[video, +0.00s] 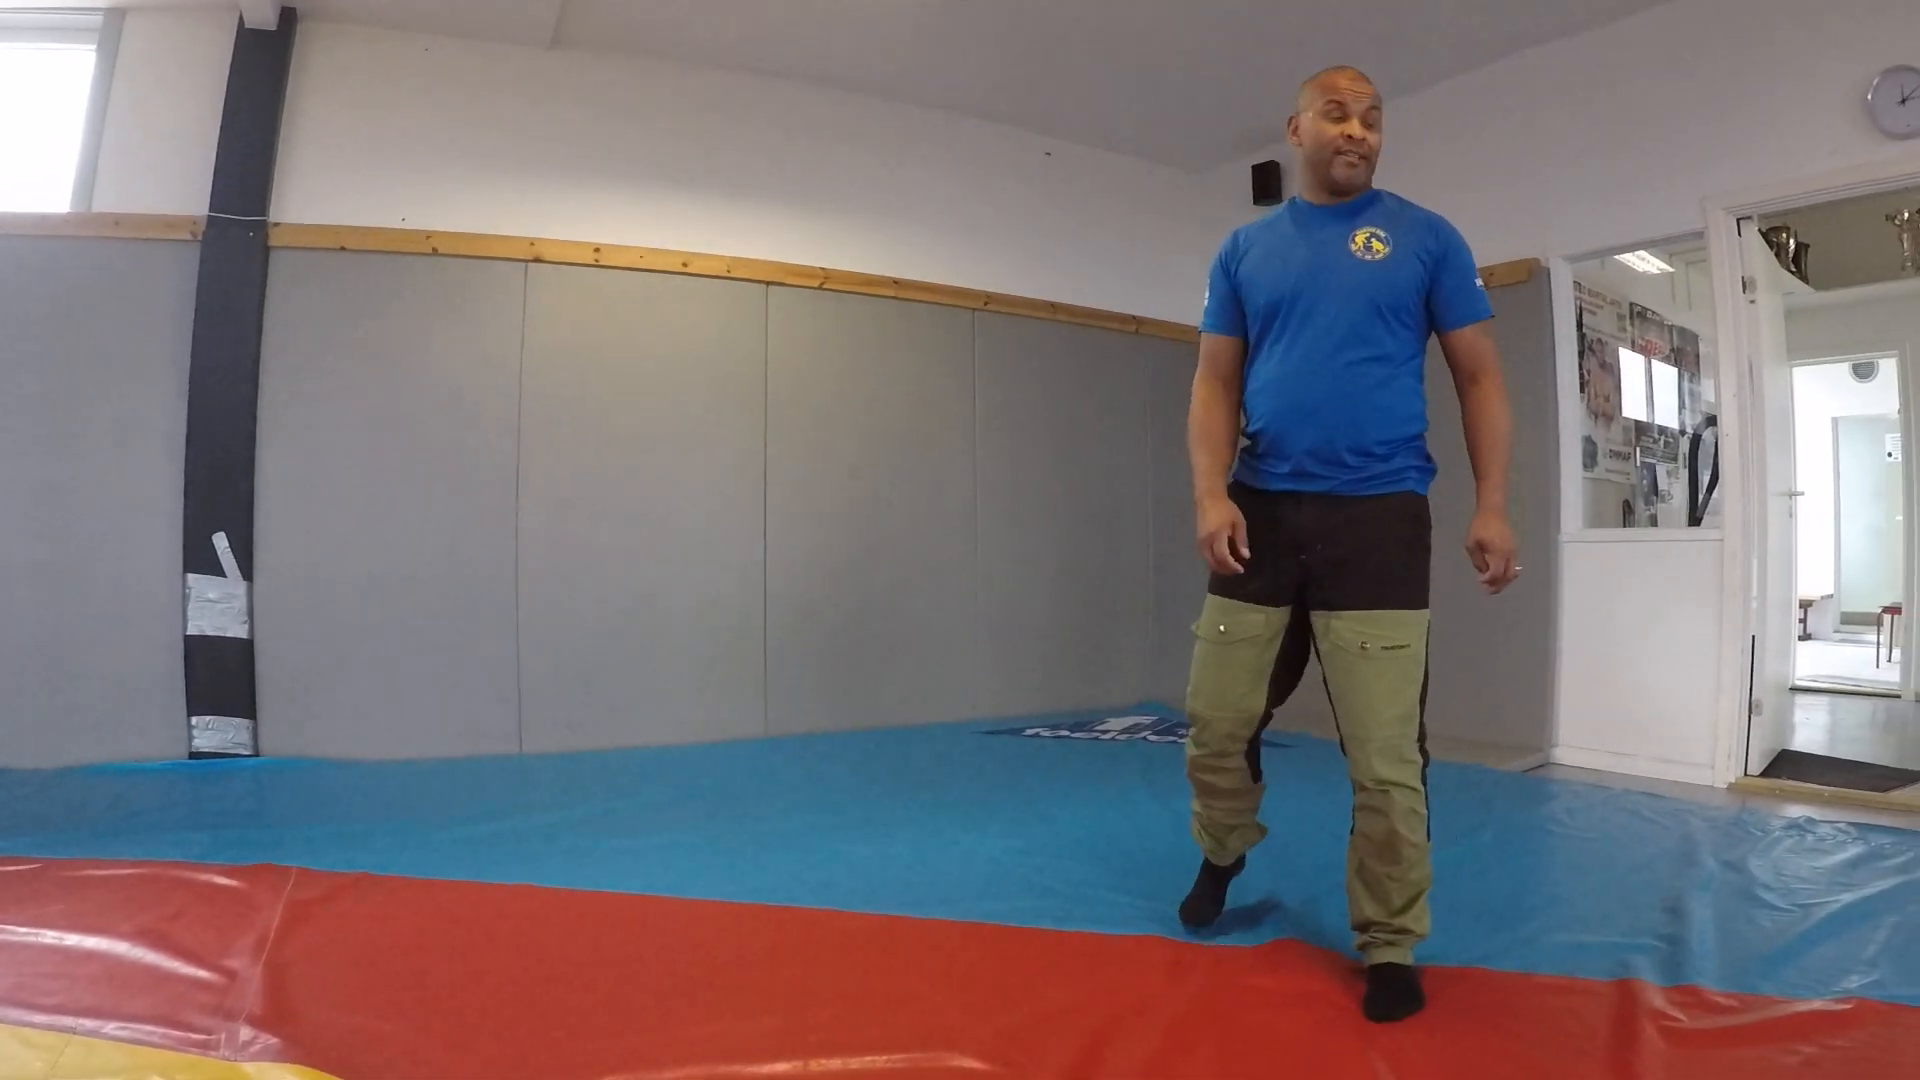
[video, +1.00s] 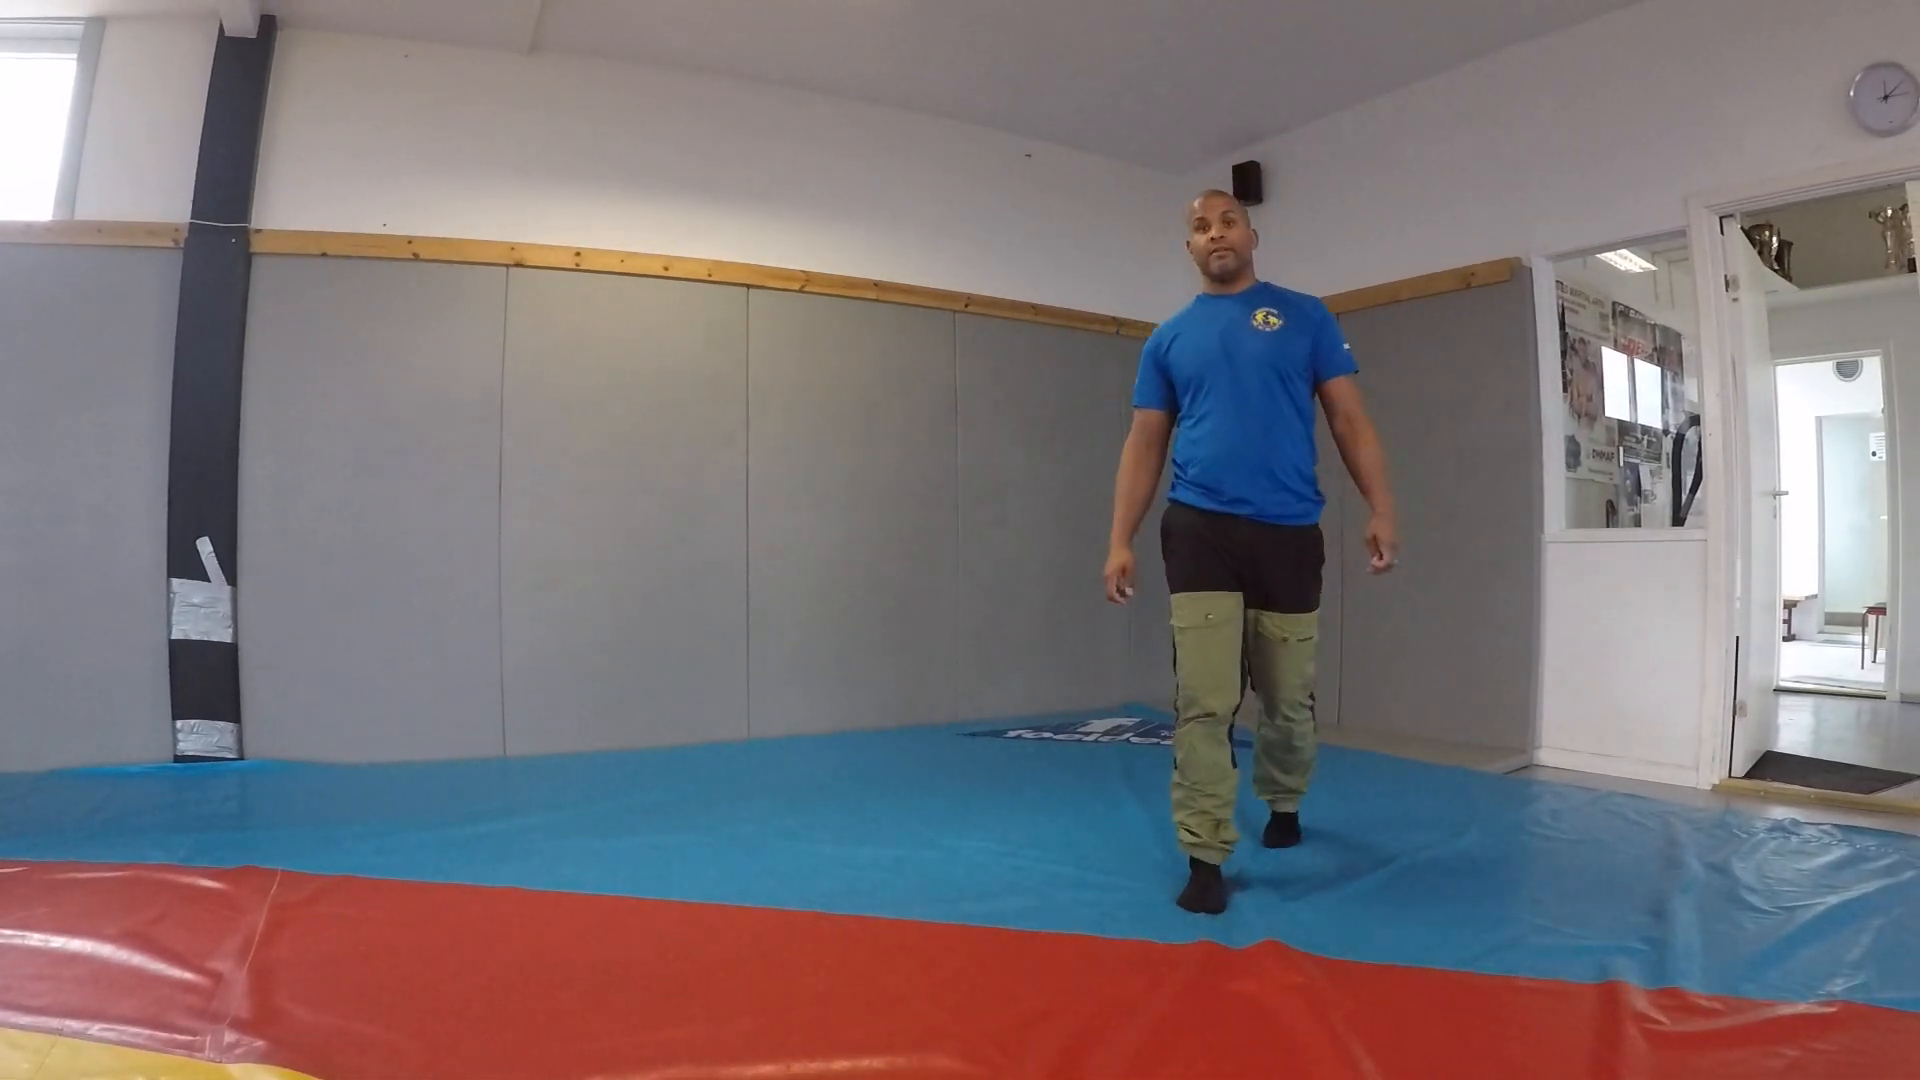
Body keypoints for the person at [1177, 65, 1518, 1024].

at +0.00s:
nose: (1354, 129)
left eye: (1368, 117)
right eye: (1335, 113)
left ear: (1383, 139)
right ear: (1293, 131)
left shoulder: (1428, 240)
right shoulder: (1245, 247)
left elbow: (1479, 374)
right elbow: (1214, 383)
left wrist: (1491, 508)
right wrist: (1210, 494)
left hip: (1381, 516)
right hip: (1261, 512)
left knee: (1383, 753)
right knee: (1216, 720)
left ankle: (1391, 944)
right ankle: (1223, 849)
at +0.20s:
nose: (1362, 158)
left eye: (1368, 147)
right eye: (1344, 139)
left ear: (1368, 168)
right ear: (1288, 149)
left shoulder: (1396, 264)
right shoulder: (1224, 260)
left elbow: (1428, 389)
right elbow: (1184, 387)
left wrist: (1445, 502)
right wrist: (1188, 501)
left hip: (1364, 524)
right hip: (1246, 522)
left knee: (1376, 752)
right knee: (1221, 729)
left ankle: (1380, 945)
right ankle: (1209, 846)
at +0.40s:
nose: (1312, 194)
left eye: (1318, 185)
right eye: (1295, 176)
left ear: (1317, 205)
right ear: (1243, 185)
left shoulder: (1340, 298)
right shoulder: (1186, 289)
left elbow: (1361, 418)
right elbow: (1145, 406)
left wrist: (1381, 523)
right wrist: (1140, 515)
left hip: (1323, 534)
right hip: (1214, 535)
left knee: (1347, 738)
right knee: (1216, 733)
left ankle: (1375, 937)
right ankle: (1211, 861)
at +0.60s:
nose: (1249, 195)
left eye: (1258, 185)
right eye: (1231, 182)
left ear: (1269, 204)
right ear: (1196, 202)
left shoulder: (1306, 295)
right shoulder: (1159, 299)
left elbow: (1328, 414)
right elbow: (1124, 412)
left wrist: (1335, 516)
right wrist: (1118, 512)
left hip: (1302, 520)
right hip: (1201, 523)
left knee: (1331, 712)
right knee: (1210, 712)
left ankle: (1346, 894)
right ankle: (1207, 861)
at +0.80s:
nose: (1214, 210)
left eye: (1226, 198)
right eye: (1196, 201)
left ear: (1247, 214)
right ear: (1176, 222)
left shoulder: (1298, 300)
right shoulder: (1154, 318)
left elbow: (1330, 411)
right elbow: (1123, 431)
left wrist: (1350, 508)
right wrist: (1115, 531)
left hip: (1292, 522)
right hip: (1196, 524)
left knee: (1320, 693)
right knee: (1202, 704)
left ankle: (1311, 807)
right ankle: (1205, 856)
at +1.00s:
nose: (1217, 235)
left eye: (1228, 222)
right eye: (1203, 228)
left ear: (1253, 236)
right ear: (1189, 250)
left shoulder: (1305, 317)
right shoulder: (1168, 339)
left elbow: (1348, 416)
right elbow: (1145, 445)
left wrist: (1380, 507)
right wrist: (1120, 541)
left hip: (1288, 530)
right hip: (1200, 529)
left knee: (1288, 696)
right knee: (1205, 699)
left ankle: (1284, 799)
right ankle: (1204, 856)